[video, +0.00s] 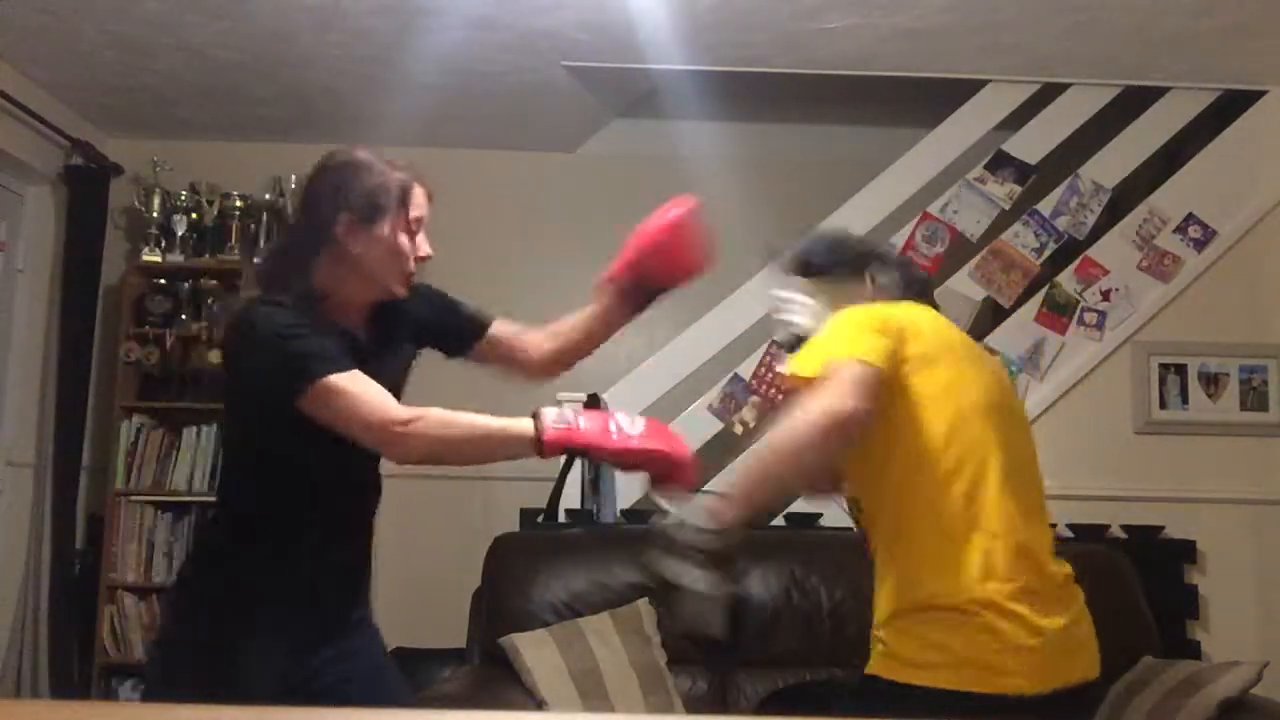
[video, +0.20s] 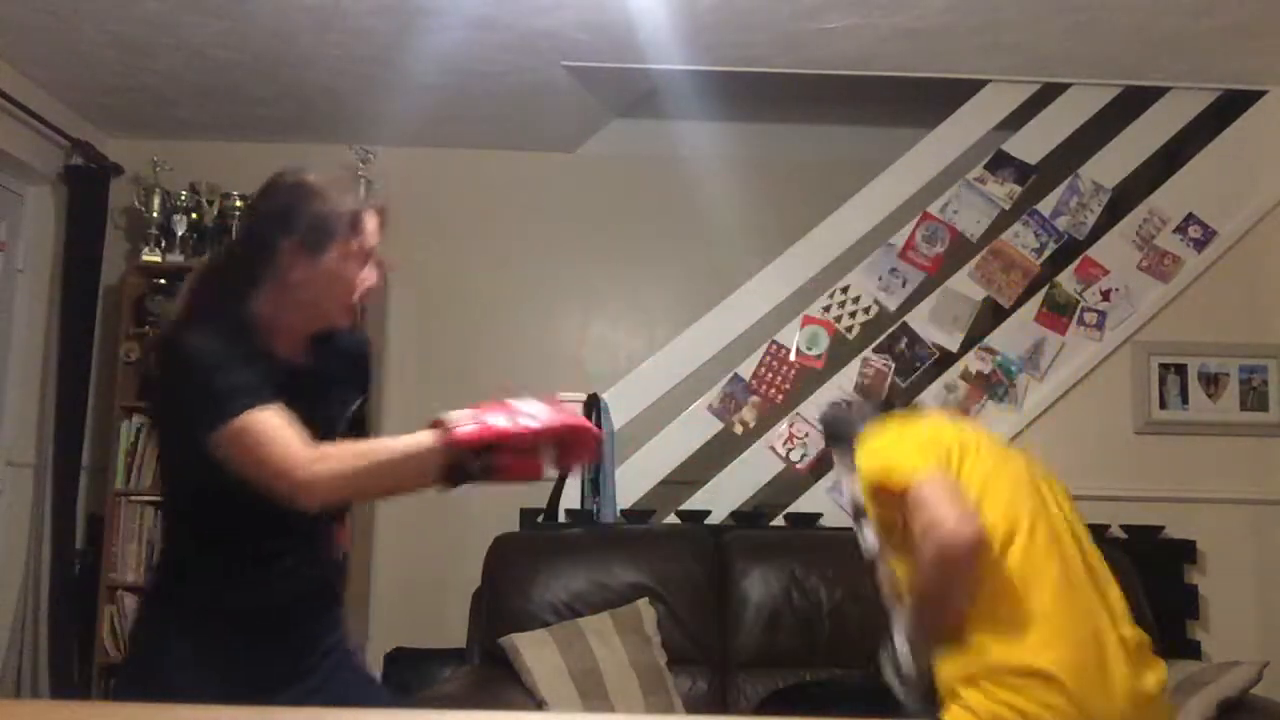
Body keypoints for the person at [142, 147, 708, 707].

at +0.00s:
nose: (422, 249)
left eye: (423, 232)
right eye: (409, 231)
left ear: (362, 235)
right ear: (348, 231)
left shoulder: (402, 309)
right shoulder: (271, 330)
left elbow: (536, 352)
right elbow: (395, 433)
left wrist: (629, 289)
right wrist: (563, 433)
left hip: (335, 623)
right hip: (232, 627)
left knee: (391, 712)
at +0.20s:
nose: (375, 278)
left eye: (374, 259)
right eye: (361, 258)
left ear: (300, 262)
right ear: (294, 257)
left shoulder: (341, 355)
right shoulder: (199, 354)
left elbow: (339, 472)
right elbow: (303, 477)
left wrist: (465, 459)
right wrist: (457, 444)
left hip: (311, 657)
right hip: (195, 663)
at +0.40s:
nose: (416, 288)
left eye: (421, 270)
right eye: (406, 267)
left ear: (367, 262)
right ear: (340, 254)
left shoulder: (395, 342)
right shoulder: (226, 340)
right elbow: (237, 506)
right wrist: (383, 431)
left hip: (330, 656)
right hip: (199, 662)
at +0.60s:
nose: (498, 317)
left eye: (500, 298)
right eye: (488, 295)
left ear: (437, 292)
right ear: (428, 287)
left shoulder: (443, 372)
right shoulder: (296, 365)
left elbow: (510, 476)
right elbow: (269, 532)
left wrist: (618, 472)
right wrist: (404, 451)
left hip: (370, 643)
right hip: (263, 652)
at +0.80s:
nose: (425, 303)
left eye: (428, 285)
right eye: (418, 283)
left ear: (362, 282)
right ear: (358, 278)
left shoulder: (353, 357)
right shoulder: (254, 361)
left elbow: (352, 482)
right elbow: (298, 521)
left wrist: (453, 463)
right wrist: (406, 400)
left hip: (323, 644)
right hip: (236, 659)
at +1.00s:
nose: (357, 312)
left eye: (358, 291)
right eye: (347, 287)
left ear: (296, 282)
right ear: (293, 278)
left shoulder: (287, 366)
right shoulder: (170, 357)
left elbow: (318, 497)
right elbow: (227, 502)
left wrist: (387, 417)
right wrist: (341, 388)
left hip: (252, 639)